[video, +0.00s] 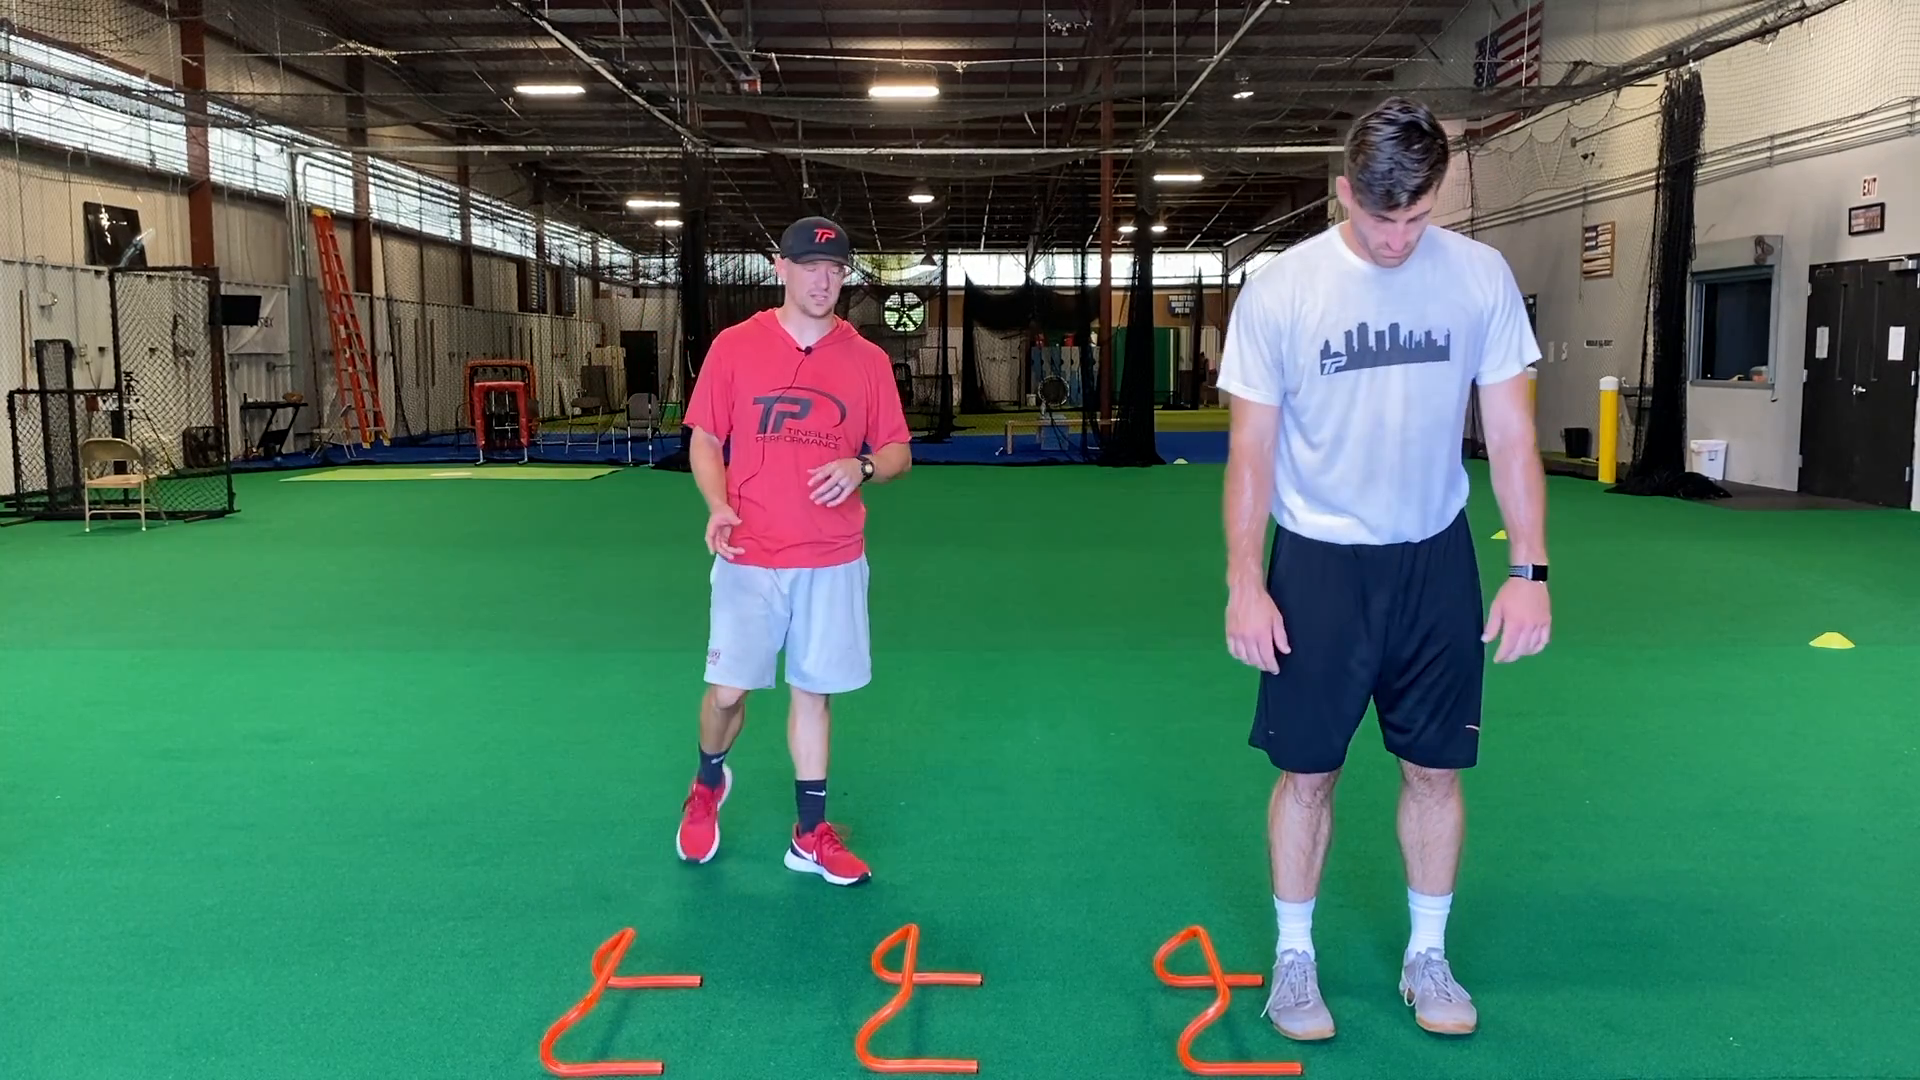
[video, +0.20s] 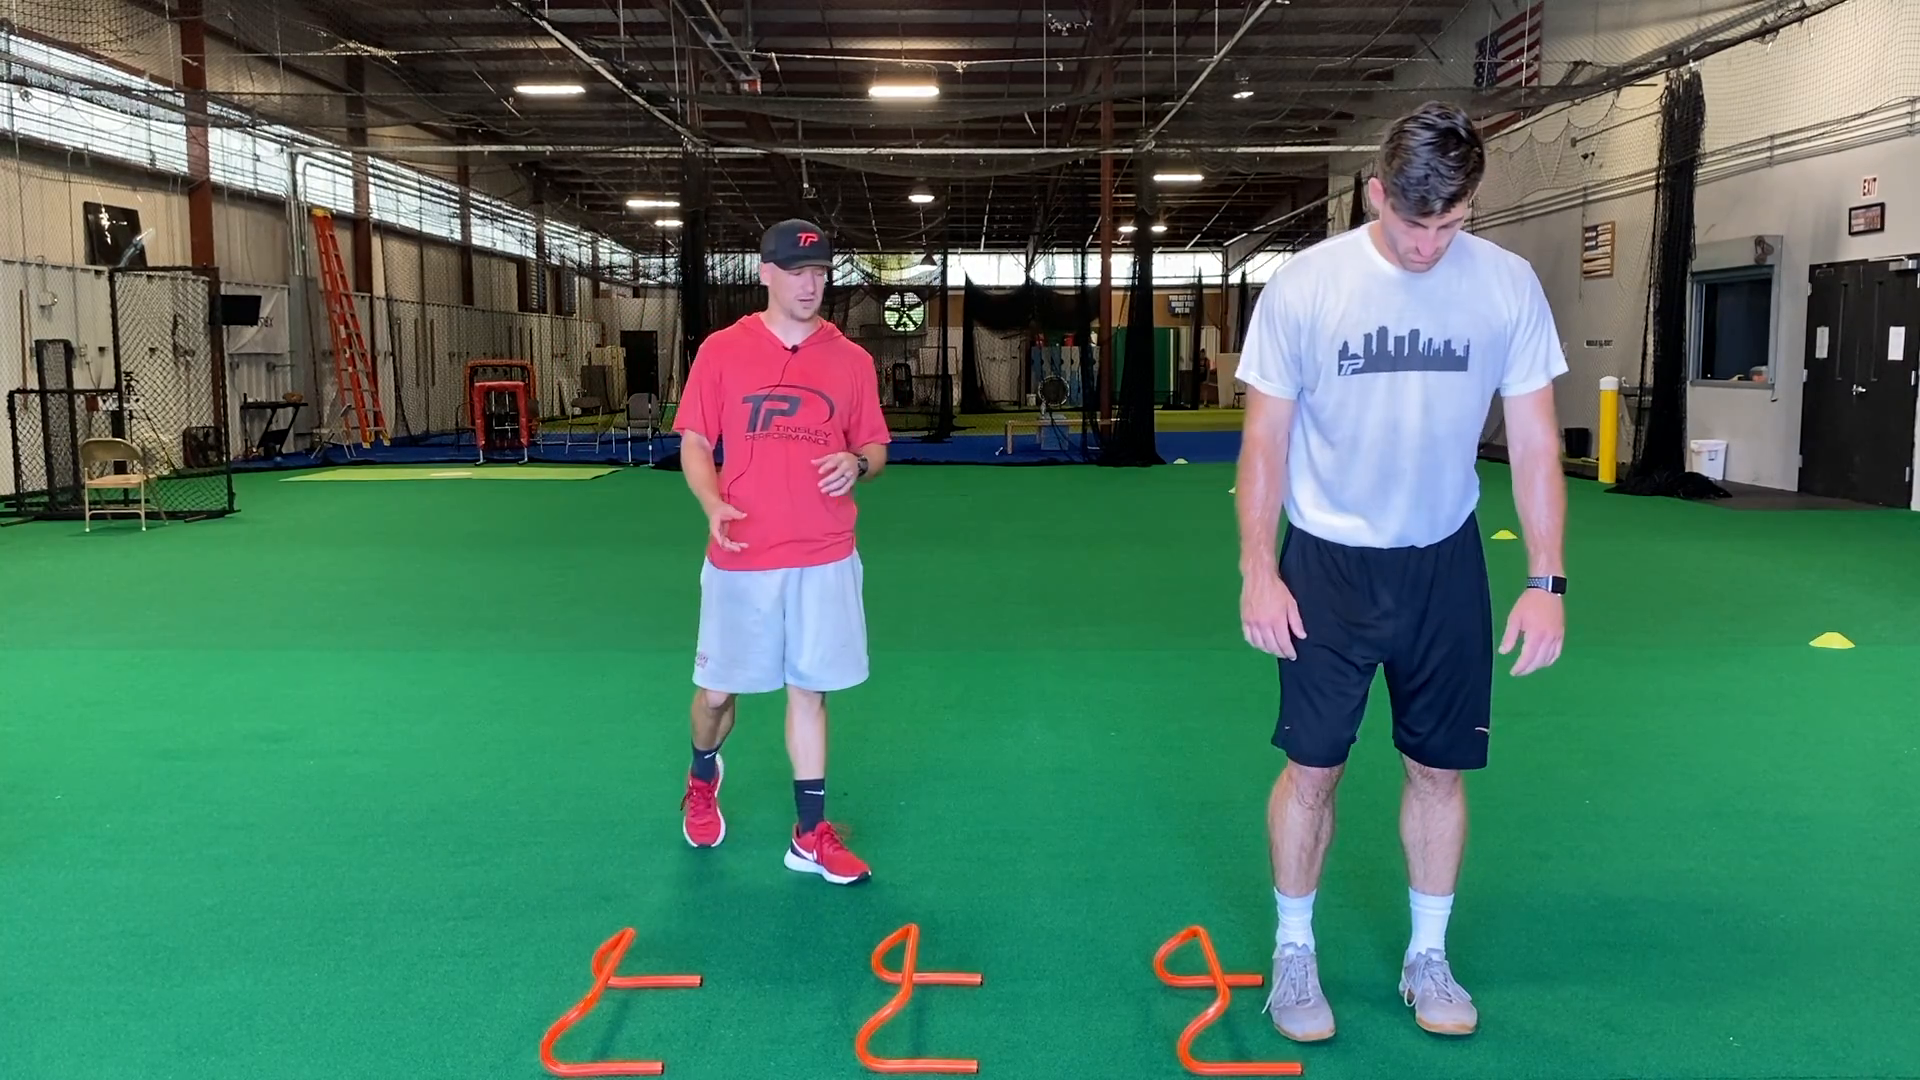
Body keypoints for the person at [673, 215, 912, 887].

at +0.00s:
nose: (824, 279)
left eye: (834, 268)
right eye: (811, 266)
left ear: (846, 276)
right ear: (782, 269)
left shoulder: (869, 362)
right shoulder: (735, 346)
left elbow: (897, 452)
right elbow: (703, 439)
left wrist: (863, 466)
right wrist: (718, 505)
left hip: (830, 560)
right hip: (747, 556)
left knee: (814, 689)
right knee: (729, 689)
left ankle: (811, 831)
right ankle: (709, 784)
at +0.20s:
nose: (810, 283)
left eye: (819, 271)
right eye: (797, 271)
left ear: (829, 278)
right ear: (768, 274)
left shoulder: (852, 362)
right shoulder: (721, 351)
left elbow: (874, 448)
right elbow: (693, 442)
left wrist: (858, 461)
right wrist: (712, 504)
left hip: (823, 556)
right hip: (741, 556)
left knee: (809, 687)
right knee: (718, 689)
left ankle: (811, 830)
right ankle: (703, 778)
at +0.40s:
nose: (776, 284)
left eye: (784, 272)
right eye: (761, 273)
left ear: (793, 277)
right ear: (732, 279)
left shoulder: (823, 359)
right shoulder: (695, 357)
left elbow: (849, 441)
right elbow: (671, 445)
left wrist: (862, 452)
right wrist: (691, 501)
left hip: (800, 555)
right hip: (719, 557)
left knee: (795, 684)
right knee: (712, 681)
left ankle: (810, 829)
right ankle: (711, 791)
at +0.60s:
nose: (736, 289)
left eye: (743, 275)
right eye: (721, 279)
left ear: (754, 279)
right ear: (693, 286)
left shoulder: (795, 355)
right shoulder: (668, 361)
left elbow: (841, 441)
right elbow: (648, 449)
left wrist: (870, 410)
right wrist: (655, 502)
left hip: (772, 553)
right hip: (691, 554)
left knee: (780, 681)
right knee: (700, 675)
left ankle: (803, 819)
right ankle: (709, 796)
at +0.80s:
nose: (707, 288)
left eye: (715, 274)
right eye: (692, 278)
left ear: (726, 276)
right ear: (668, 286)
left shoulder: (775, 345)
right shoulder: (650, 359)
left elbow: (809, 435)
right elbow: (640, 448)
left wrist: (841, 413)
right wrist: (642, 503)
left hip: (762, 539)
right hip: (683, 544)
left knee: (778, 667)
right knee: (699, 667)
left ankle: (793, 804)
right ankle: (709, 794)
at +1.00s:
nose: (703, 287)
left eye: (710, 275)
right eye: (689, 279)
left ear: (722, 276)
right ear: (664, 287)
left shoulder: (768, 343)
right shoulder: (648, 361)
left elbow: (803, 432)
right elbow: (638, 448)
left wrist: (761, 403)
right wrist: (641, 500)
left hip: (761, 536)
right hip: (683, 542)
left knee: (780, 659)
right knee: (699, 662)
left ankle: (780, 767)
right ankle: (708, 791)